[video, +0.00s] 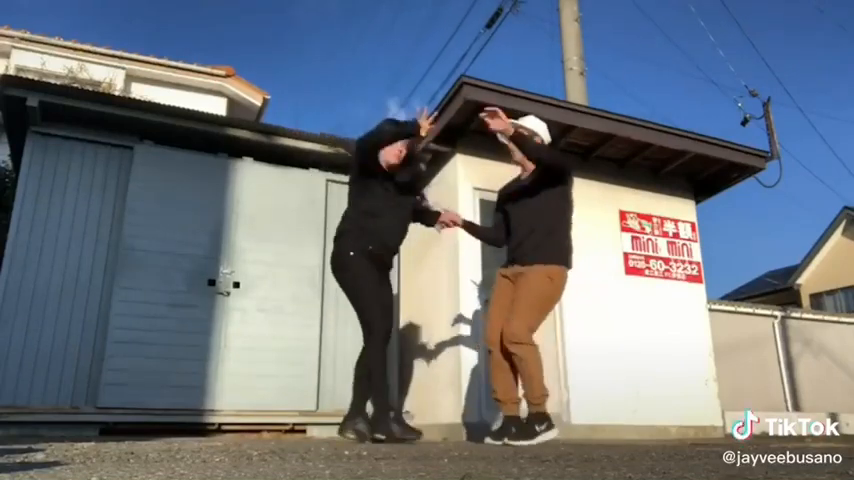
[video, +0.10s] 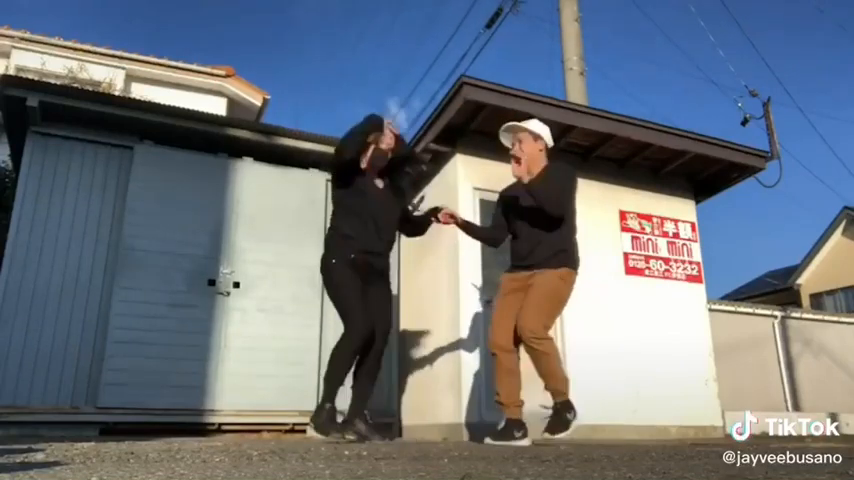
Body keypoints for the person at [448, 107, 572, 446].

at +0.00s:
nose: (512, 149)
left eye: (518, 142)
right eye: (510, 144)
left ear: (536, 144)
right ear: (512, 150)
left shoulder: (559, 174)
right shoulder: (508, 192)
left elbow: (545, 155)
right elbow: (499, 237)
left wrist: (511, 129)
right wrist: (462, 222)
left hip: (546, 269)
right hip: (511, 270)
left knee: (517, 334)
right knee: (495, 338)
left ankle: (540, 416)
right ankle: (511, 417)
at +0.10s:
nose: (515, 148)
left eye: (520, 142)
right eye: (514, 143)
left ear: (540, 144)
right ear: (517, 148)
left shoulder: (561, 175)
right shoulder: (510, 193)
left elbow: (556, 213)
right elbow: (495, 237)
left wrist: (525, 180)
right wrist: (459, 222)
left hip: (555, 269)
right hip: (518, 274)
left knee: (531, 328)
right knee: (501, 341)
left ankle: (563, 404)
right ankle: (513, 421)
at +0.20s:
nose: (523, 147)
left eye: (529, 141)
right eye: (522, 143)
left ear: (549, 144)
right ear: (523, 150)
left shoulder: (573, 179)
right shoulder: (515, 194)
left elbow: (596, 222)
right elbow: (492, 230)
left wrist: (565, 234)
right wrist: (459, 219)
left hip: (567, 278)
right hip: (525, 280)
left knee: (579, 340)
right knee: (508, 345)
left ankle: (616, 399)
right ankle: (514, 424)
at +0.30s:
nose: (539, 146)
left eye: (544, 139)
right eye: (535, 142)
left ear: (564, 141)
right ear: (534, 149)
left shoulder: (592, 179)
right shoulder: (524, 189)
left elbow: (613, 219)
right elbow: (497, 224)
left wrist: (599, 248)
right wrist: (463, 215)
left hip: (588, 279)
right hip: (541, 281)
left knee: (623, 342)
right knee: (522, 346)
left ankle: (650, 414)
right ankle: (516, 422)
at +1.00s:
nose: (555, 156)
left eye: (562, 150)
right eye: (549, 151)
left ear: (574, 153)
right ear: (543, 157)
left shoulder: (596, 191)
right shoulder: (528, 193)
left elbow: (616, 236)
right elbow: (507, 232)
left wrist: (596, 258)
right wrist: (485, 216)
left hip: (582, 287)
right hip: (536, 288)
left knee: (617, 347)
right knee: (521, 346)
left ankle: (654, 419)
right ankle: (536, 417)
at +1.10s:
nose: (536, 163)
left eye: (543, 157)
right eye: (530, 158)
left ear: (555, 161)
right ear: (524, 164)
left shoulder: (574, 199)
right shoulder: (509, 200)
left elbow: (590, 243)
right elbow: (496, 245)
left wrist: (561, 260)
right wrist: (488, 225)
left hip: (559, 287)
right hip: (518, 290)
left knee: (571, 343)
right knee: (512, 354)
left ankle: (621, 402)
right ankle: (540, 421)